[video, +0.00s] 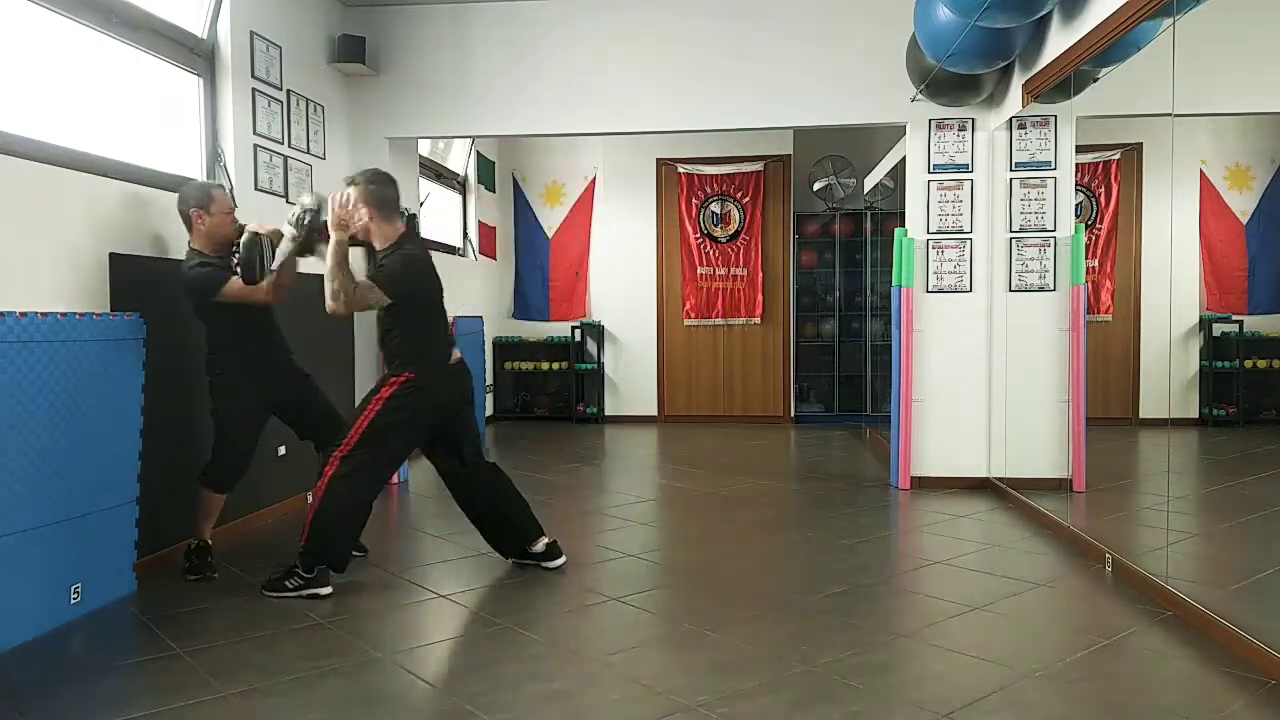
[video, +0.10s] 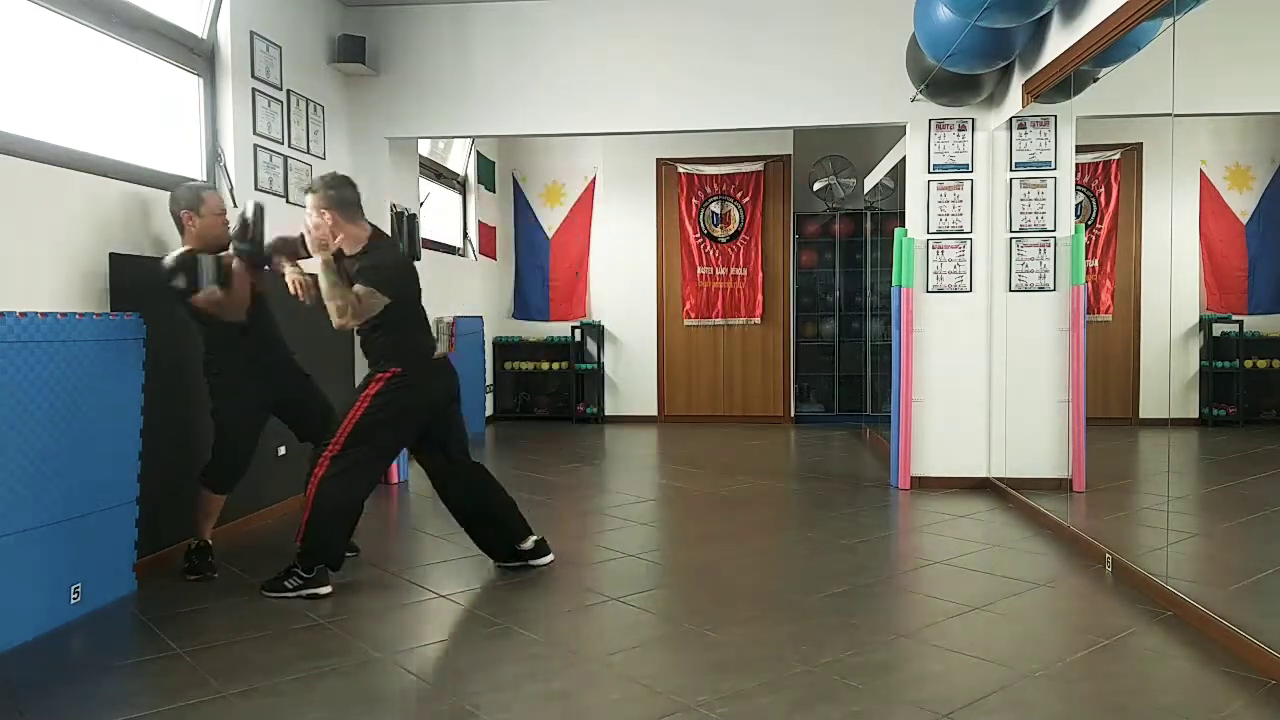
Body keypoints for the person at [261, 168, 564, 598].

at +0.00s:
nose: (348, 217)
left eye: (351, 209)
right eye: (348, 209)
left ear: (367, 213)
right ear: (390, 208)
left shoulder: (400, 263)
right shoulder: (408, 253)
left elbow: (338, 302)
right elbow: (358, 292)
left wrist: (338, 240)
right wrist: (339, 242)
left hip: (412, 384)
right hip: (446, 378)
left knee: (346, 467)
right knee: (467, 467)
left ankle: (313, 569)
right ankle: (534, 545)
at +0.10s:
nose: (307, 224)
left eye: (310, 216)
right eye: (307, 216)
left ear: (332, 219)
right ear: (344, 215)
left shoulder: (384, 261)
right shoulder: (349, 249)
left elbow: (345, 317)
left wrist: (323, 258)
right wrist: (291, 268)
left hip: (401, 378)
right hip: (429, 374)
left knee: (336, 467)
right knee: (453, 467)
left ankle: (312, 569)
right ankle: (520, 544)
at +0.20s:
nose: (299, 217)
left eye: (299, 209)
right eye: (297, 210)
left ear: (316, 208)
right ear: (341, 201)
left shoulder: (362, 254)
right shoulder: (366, 240)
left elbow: (310, 305)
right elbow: (315, 301)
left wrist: (293, 250)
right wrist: (292, 252)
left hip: (385, 377)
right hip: (419, 370)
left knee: (324, 469)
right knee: (436, 465)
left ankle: (311, 568)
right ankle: (504, 540)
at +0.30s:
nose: (306, 204)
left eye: (307, 195)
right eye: (305, 196)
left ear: (323, 194)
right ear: (346, 189)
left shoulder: (356, 242)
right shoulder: (378, 220)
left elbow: (290, 290)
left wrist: (284, 236)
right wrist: (304, 223)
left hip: (380, 371)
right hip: (418, 363)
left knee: (321, 465)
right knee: (428, 459)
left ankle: (311, 567)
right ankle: (496, 533)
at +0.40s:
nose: (322, 201)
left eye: (321, 192)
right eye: (320, 194)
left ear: (336, 189)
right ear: (362, 184)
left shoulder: (358, 243)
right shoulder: (399, 216)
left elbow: (285, 282)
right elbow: (363, 213)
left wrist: (286, 225)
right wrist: (321, 192)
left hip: (381, 371)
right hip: (422, 364)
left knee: (324, 465)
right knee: (424, 457)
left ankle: (309, 567)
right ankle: (488, 532)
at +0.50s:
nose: (343, 204)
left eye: (342, 195)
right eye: (340, 196)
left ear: (358, 190)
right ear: (382, 186)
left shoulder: (374, 244)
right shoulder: (419, 222)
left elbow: (305, 283)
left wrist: (305, 228)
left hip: (391, 374)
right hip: (434, 368)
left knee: (331, 467)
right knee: (421, 463)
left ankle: (308, 568)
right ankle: (478, 540)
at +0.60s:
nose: (379, 208)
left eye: (378, 198)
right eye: (376, 200)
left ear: (394, 192)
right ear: (417, 190)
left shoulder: (407, 246)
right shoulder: (456, 232)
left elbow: (340, 285)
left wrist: (341, 237)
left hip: (407, 378)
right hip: (452, 375)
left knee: (346, 469)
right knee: (422, 465)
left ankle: (308, 569)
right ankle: (469, 552)